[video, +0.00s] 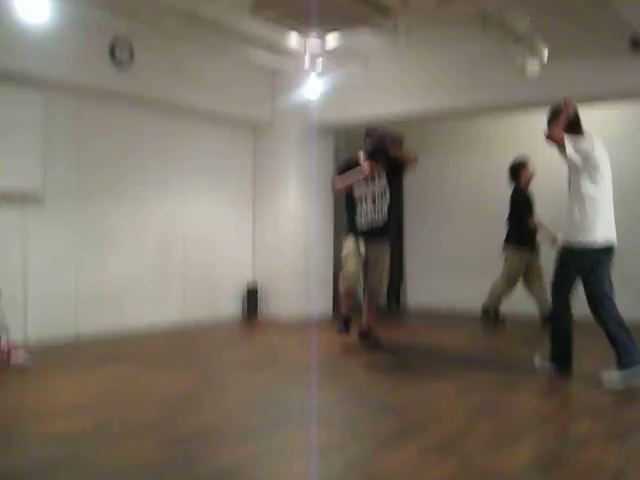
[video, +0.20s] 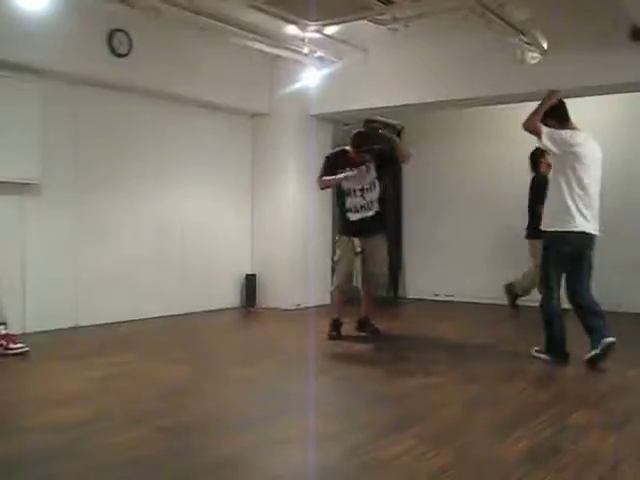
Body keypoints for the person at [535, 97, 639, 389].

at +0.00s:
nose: (550, 134)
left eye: (552, 127)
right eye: (549, 128)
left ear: (563, 124)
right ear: (572, 123)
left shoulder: (586, 146)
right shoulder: (583, 150)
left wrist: (564, 142)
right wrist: (568, 236)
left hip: (589, 240)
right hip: (584, 240)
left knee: (559, 299)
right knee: (603, 304)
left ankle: (560, 361)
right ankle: (629, 363)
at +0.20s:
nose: (545, 132)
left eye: (546, 126)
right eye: (545, 127)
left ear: (550, 122)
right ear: (567, 118)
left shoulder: (565, 140)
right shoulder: (592, 145)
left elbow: (530, 125)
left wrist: (545, 103)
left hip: (560, 229)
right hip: (586, 229)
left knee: (549, 293)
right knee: (580, 289)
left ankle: (556, 350)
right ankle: (600, 337)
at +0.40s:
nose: (533, 130)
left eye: (533, 125)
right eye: (533, 125)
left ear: (537, 122)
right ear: (556, 118)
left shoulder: (549, 141)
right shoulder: (583, 148)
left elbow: (514, 126)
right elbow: (586, 187)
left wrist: (530, 101)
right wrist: (583, 215)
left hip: (548, 227)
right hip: (572, 228)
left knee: (542, 288)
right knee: (565, 283)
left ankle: (548, 347)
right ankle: (573, 339)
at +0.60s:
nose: (536, 136)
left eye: (537, 131)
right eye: (536, 130)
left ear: (542, 129)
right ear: (558, 127)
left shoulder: (550, 146)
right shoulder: (579, 155)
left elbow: (519, 137)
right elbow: (583, 197)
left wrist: (533, 118)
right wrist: (589, 227)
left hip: (548, 230)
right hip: (570, 230)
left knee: (541, 288)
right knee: (562, 283)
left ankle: (548, 346)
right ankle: (569, 331)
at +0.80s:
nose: (532, 137)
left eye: (533, 132)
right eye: (532, 133)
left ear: (542, 129)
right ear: (554, 129)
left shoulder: (555, 147)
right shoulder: (577, 151)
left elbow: (531, 138)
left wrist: (539, 124)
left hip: (559, 226)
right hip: (576, 226)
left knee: (546, 281)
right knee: (562, 281)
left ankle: (554, 339)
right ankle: (570, 332)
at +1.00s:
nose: (538, 143)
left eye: (538, 137)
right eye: (535, 139)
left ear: (550, 126)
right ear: (550, 128)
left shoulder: (568, 149)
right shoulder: (561, 153)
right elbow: (563, 191)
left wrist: (550, 124)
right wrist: (558, 222)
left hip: (573, 223)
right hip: (566, 223)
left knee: (568, 284)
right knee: (564, 284)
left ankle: (580, 339)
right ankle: (565, 333)